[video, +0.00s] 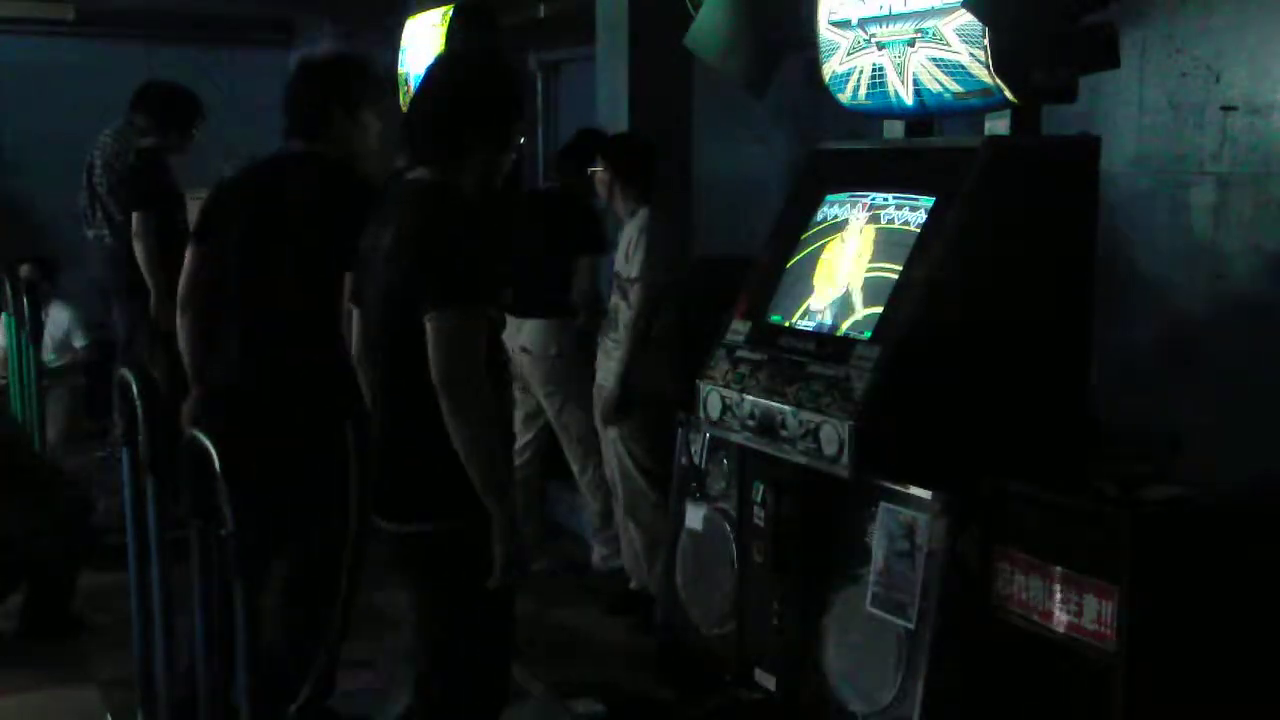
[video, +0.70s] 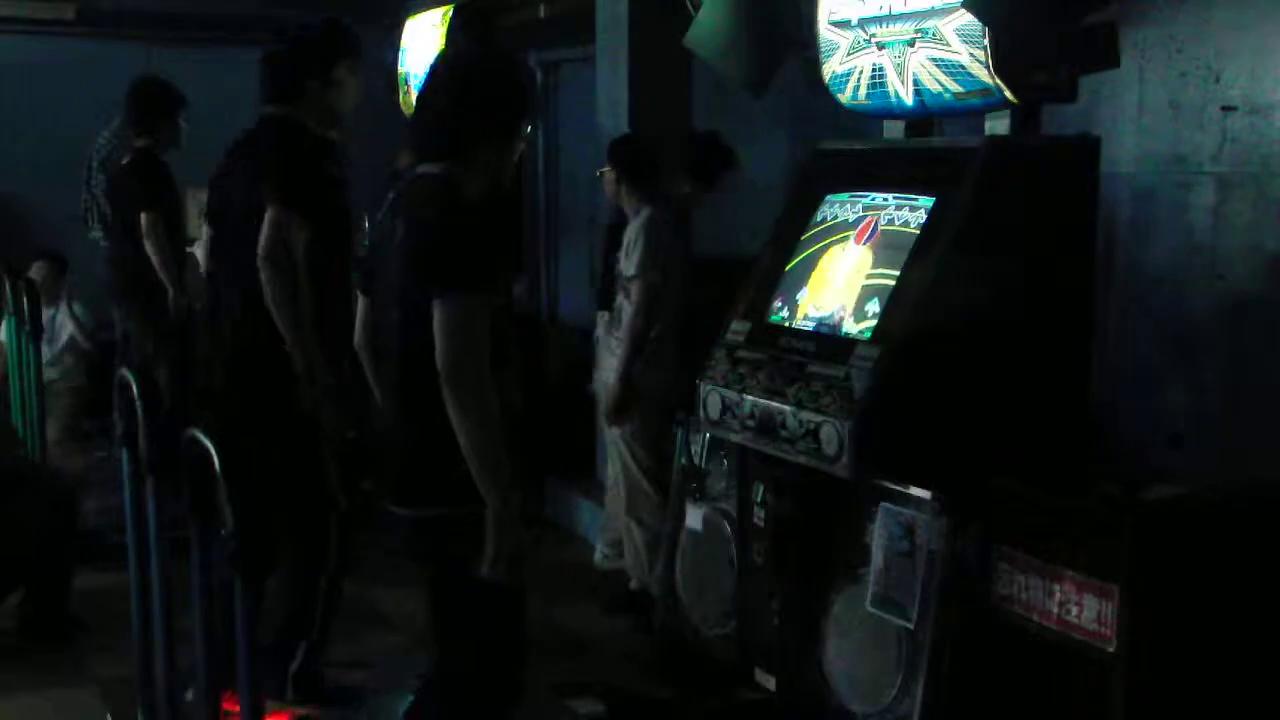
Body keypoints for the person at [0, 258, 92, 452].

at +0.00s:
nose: (26, 286)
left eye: (32, 280)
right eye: (22, 280)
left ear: (44, 283)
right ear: (17, 283)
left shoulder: (63, 314)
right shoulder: (11, 318)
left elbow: (83, 352)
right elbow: (4, 357)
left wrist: (55, 369)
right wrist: (8, 376)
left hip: (56, 381)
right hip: (22, 384)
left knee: (53, 440)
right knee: (23, 441)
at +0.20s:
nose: (30, 286)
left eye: (36, 280)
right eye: (25, 280)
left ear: (48, 282)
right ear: (20, 283)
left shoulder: (69, 314)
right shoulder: (16, 316)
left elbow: (87, 352)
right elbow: (6, 353)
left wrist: (56, 368)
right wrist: (6, 376)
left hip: (58, 381)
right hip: (23, 383)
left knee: (52, 440)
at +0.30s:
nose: (31, 285)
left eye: (37, 279)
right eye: (27, 279)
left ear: (51, 281)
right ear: (23, 281)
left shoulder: (72, 313)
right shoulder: (19, 313)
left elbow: (88, 351)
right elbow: (6, 351)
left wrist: (60, 363)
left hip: (58, 381)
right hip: (24, 381)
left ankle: (53, 444)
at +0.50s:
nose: (35, 282)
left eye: (42, 276)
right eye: (32, 276)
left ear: (56, 280)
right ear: (26, 279)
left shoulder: (74, 312)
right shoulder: (21, 314)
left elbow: (91, 353)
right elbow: (6, 353)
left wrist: (63, 347)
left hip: (64, 384)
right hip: (27, 386)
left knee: (54, 438)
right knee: (25, 440)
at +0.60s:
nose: (35, 283)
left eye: (41, 277)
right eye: (31, 277)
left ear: (55, 281)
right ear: (26, 280)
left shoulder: (72, 311)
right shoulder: (20, 315)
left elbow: (89, 349)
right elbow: (6, 353)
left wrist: (70, 327)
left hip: (63, 385)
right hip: (28, 386)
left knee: (55, 439)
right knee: (28, 440)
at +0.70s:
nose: (36, 284)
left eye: (43, 277)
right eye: (33, 277)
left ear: (57, 282)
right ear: (28, 280)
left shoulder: (73, 310)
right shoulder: (26, 313)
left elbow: (89, 345)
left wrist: (67, 310)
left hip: (64, 385)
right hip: (31, 386)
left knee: (56, 439)